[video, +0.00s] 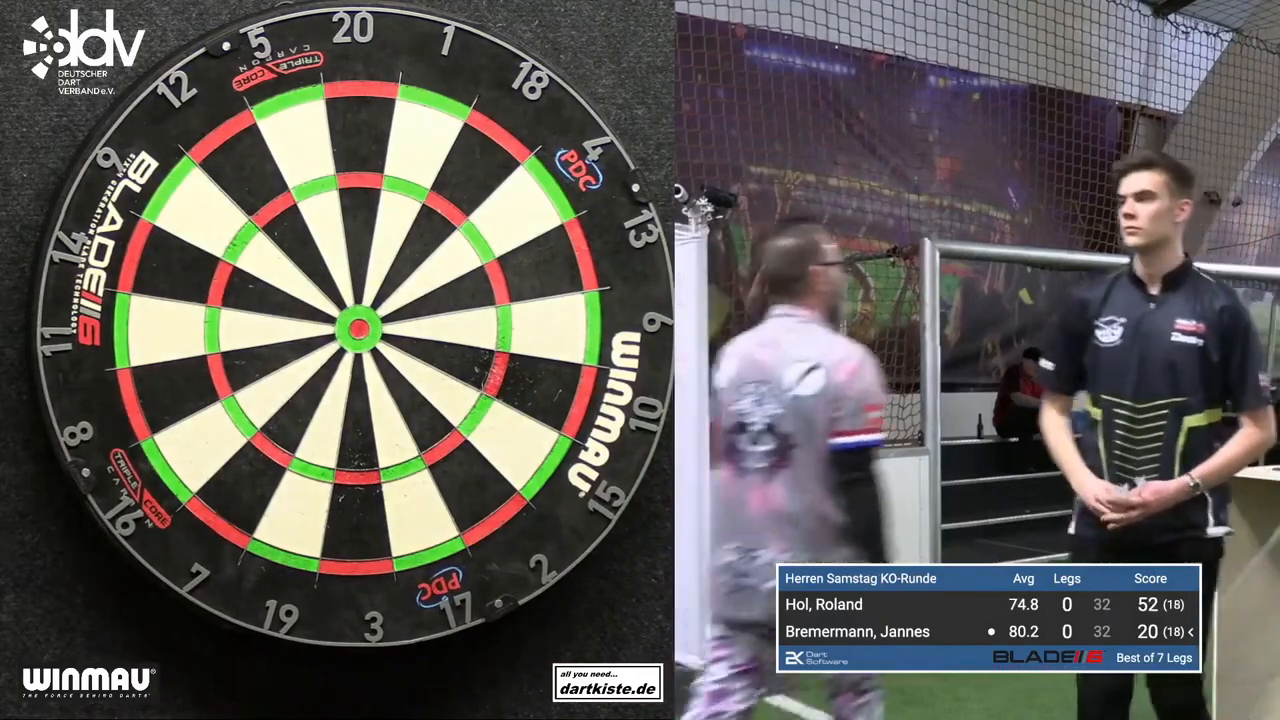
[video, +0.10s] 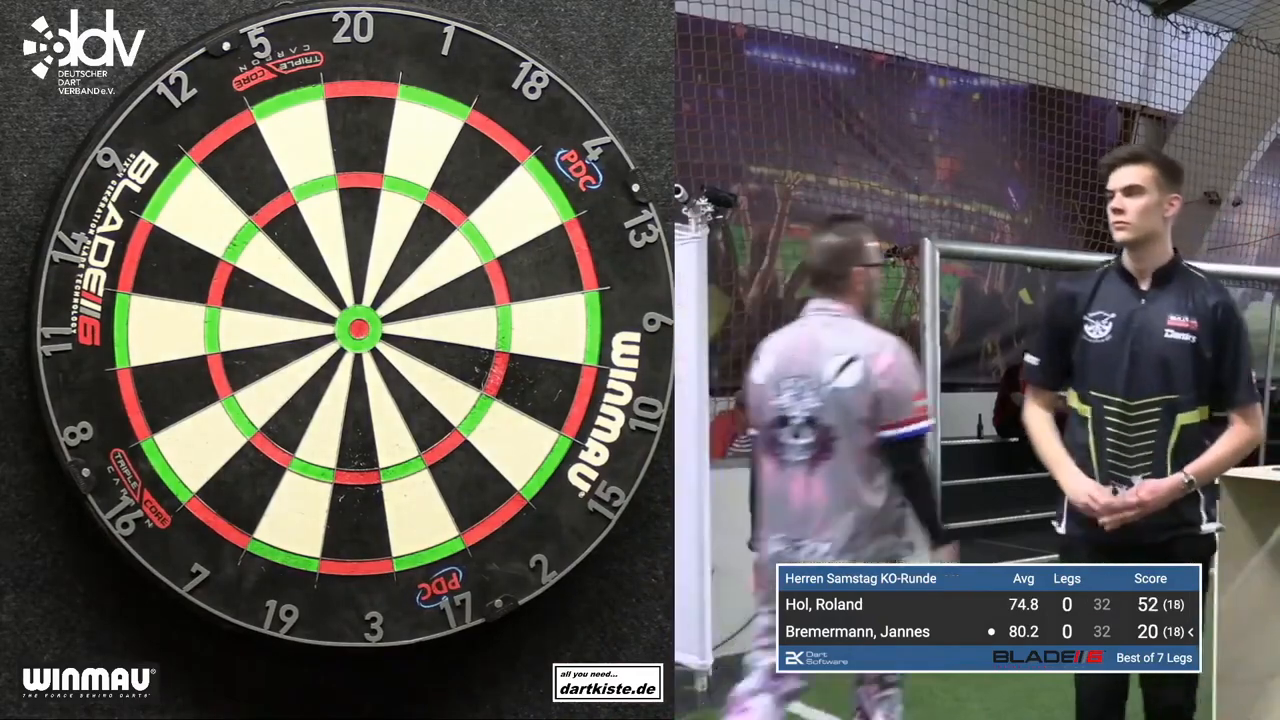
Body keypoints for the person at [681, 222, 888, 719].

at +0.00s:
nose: (844, 274)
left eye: (841, 263)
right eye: (837, 264)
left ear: (773, 278)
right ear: (813, 275)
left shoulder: (732, 355)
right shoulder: (848, 361)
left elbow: (723, 456)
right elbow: (856, 482)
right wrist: (879, 574)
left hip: (740, 559)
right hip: (825, 566)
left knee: (725, 686)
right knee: (856, 685)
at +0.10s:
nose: (879, 276)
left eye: (878, 265)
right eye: (876, 266)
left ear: (816, 273)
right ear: (859, 275)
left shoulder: (768, 352)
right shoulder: (882, 353)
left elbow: (762, 460)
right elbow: (907, 461)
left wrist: (761, 546)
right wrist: (941, 537)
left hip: (784, 549)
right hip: (866, 551)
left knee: (770, 673)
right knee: (879, 679)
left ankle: (746, 714)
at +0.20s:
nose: (901, 275)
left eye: (899, 263)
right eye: (896, 264)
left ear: (835, 270)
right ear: (877, 273)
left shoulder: (789, 351)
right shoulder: (904, 350)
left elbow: (769, 458)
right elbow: (940, 452)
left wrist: (760, 538)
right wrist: (978, 524)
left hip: (804, 550)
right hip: (887, 555)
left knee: (801, 672)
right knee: (887, 678)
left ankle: (779, 713)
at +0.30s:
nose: (919, 275)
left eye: (916, 265)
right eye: (916, 266)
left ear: (860, 272)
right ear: (905, 274)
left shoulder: (819, 350)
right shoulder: (933, 347)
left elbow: (791, 451)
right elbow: (979, 439)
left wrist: (770, 529)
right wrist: (1022, 495)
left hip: (837, 546)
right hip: (913, 548)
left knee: (853, 674)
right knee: (903, 679)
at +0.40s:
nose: (950, 278)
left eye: (947, 268)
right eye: (945, 269)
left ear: (887, 277)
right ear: (928, 276)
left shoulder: (849, 352)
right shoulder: (956, 347)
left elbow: (820, 448)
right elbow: (1003, 436)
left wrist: (800, 531)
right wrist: (1039, 503)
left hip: (865, 542)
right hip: (936, 542)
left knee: (900, 662)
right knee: (919, 668)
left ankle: (894, 714)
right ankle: (897, 716)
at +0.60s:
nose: (985, 284)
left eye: (981, 274)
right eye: (978, 275)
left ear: (920, 287)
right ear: (960, 285)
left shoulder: (889, 358)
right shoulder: (989, 352)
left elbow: (867, 452)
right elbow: (1018, 435)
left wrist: (866, 534)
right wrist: (1015, 513)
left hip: (902, 539)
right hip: (966, 538)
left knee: (963, 656)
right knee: (938, 663)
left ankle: (975, 709)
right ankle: (911, 714)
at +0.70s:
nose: (1011, 288)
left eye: (1008, 278)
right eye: (1005, 280)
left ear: (955, 291)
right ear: (987, 291)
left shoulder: (922, 361)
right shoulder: (1008, 358)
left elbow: (908, 449)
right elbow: (1036, 439)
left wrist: (912, 529)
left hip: (937, 534)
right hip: (997, 533)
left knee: (960, 650)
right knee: (983, 654)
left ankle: (992, 710)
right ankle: (944, 709)